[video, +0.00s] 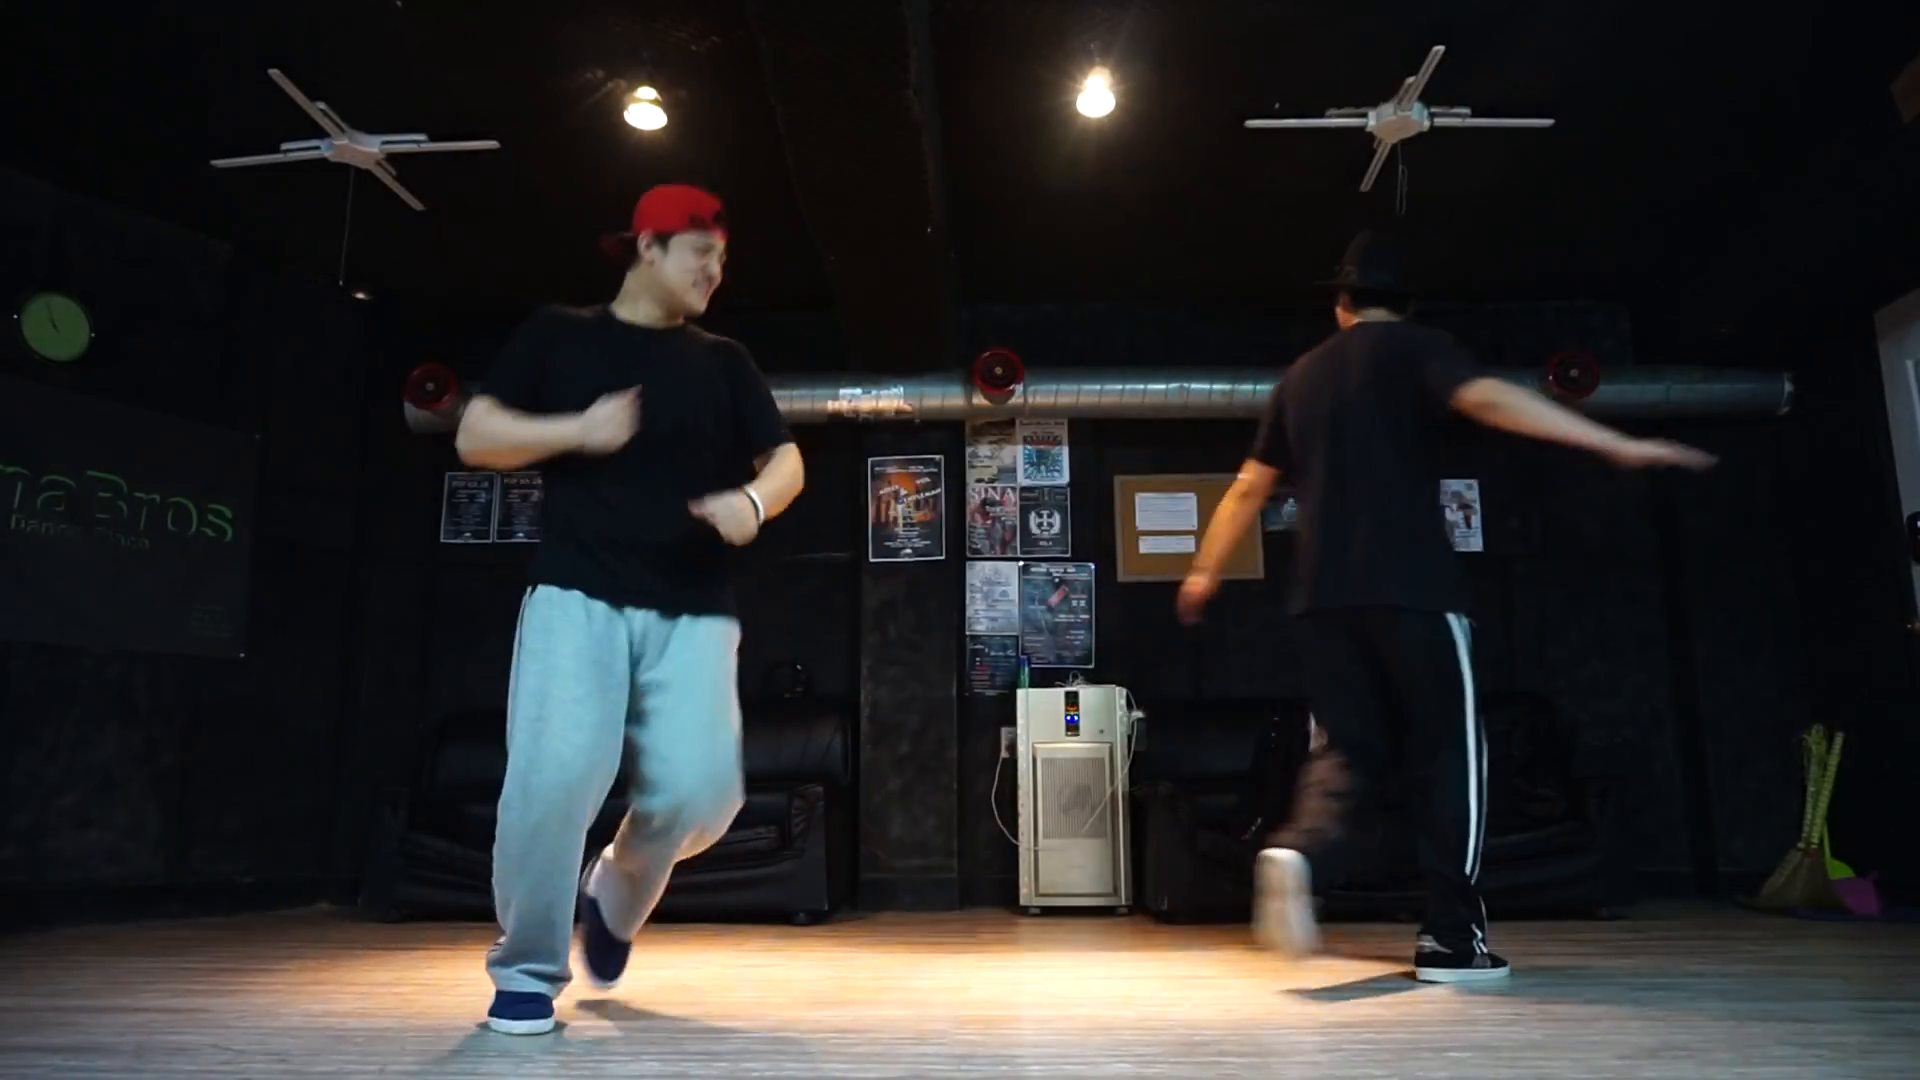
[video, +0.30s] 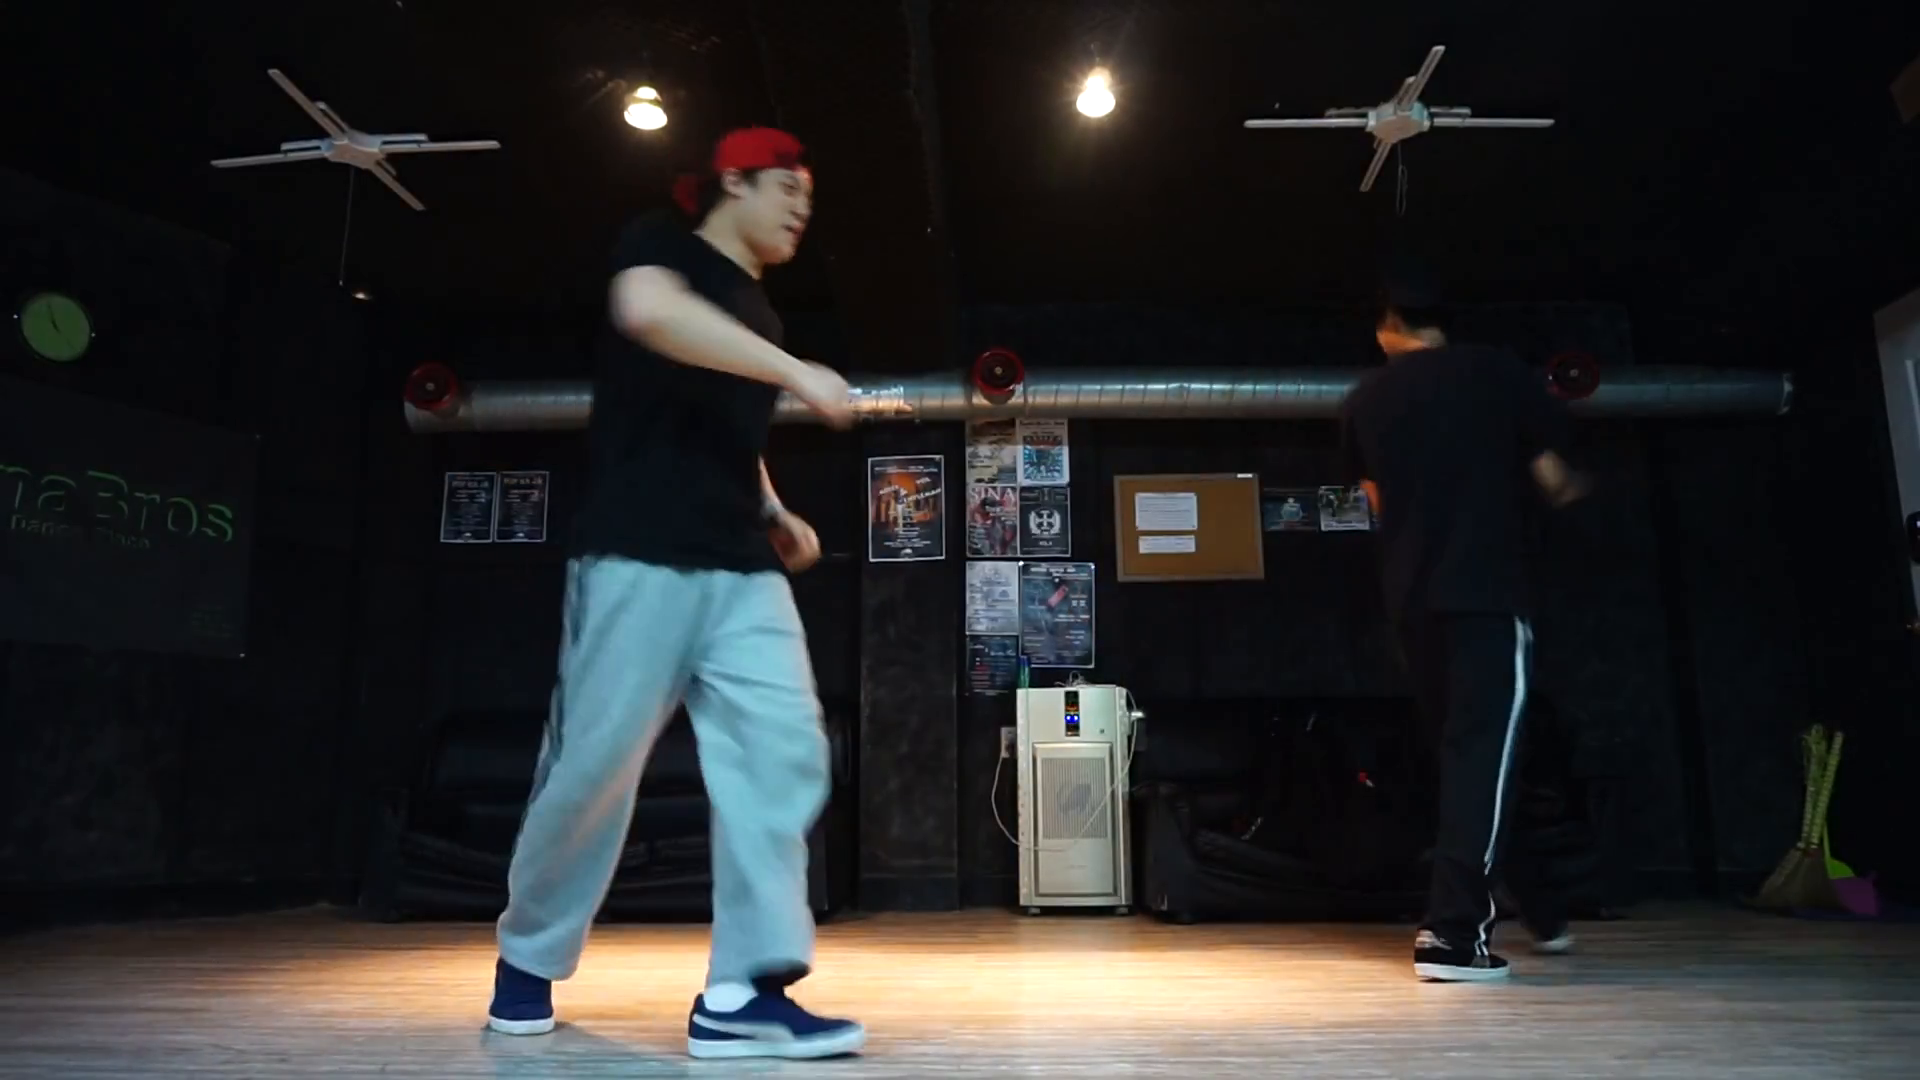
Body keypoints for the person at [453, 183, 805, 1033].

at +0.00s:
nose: (715, 270)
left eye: (720, 257)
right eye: (701, 253)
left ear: (713, 265)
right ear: (648, 250)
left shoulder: (724, 363)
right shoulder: (560, 336)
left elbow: (787, 463)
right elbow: (473, 437)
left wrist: (755, 500)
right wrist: (576, 430)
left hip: (696, 611)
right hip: (578, 598)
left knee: (701, 795)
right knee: (555, 780)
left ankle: (614, 897)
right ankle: (526, 973)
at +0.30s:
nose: (801, 209)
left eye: (806, 197)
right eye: (787, 190)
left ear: (790, 211)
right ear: (733, 186)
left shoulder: (755, 309)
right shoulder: (659, 243)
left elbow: (729, 433)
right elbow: (643, 311)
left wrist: (774, 514)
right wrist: (794, 374)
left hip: (741, 569)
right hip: (641, 559)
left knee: (780, 760)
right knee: (593, 771)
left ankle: (740, 995)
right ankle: (526, 970)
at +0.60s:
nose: (891, 260)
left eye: (901, 247)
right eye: (893, 238)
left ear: (860, 220)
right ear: (854, 208)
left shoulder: (804, 293)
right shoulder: (773, 259)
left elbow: (769, 446)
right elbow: (802, 390)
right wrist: (860, 520)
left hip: (800, 576)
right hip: (781, 574)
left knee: (877, 769)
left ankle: (767, 1001)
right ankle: (662, 891)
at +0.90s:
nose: (999, 207)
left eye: (1003, 190)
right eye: (999, 184)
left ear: (937, 158)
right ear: (967, 160)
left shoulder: (895, 242)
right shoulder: (915, 212)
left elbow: (815, 380)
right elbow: (858, 308)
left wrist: (757, 488)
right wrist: (799, 403)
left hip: (838, 526)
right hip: (906, 522)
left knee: (824, 760)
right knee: (1010, 739)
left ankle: (741, 993)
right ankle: (1059, 985)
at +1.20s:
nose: (1100, 258)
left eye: (1102, 248)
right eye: (1099, 246)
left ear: (1019, 219)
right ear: (1078, 228)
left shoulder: (945, 296)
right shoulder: (1043, 257)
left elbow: (885, 417)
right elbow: (1095, 320)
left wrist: (821, 497)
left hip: (943, 580)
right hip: (1036, 569)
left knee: (1008, 772)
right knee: (1106, 782)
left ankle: (903, 901)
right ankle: (1057, 1000)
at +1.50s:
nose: (1097, 231)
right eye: (1096, 220)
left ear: (1015, 229)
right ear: (1094, 219)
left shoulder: (977, 286)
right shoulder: (1117, 261)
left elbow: (1008, 414)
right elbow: (1196, 391)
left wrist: (1109, 474)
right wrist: (1255, 459)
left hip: (995, 556)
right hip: (1095, 539)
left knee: (1084, 760)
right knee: (1091, 766)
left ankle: (1129, 960)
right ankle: (1054, 996)